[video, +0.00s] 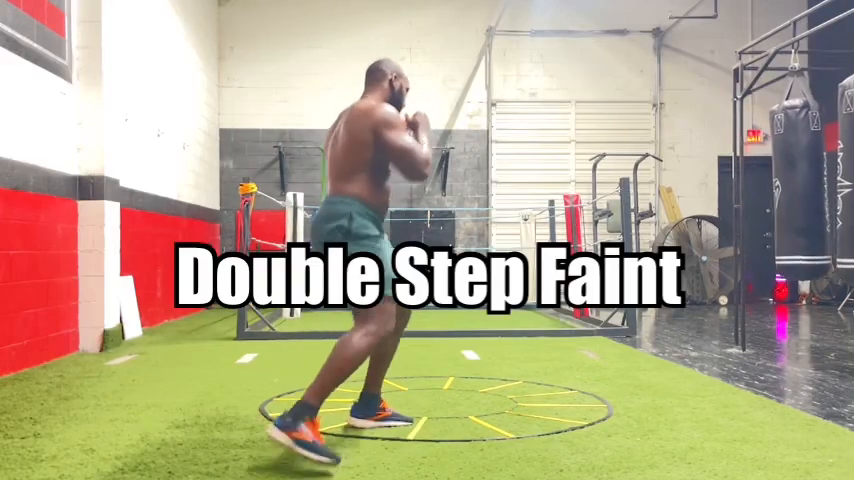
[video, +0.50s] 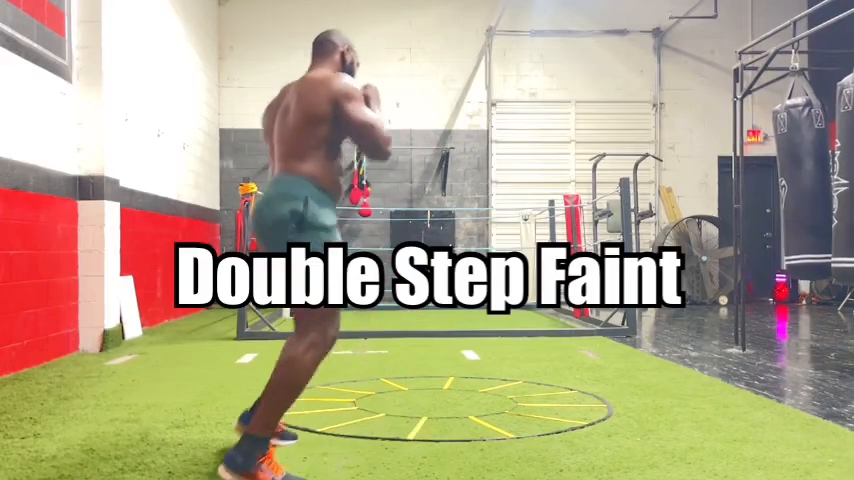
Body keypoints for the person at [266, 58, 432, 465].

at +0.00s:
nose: (407, 94)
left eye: (406, 88)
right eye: (406, 87)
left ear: (371, 81)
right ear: (394, 80)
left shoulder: (342, 118)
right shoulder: (383, 112)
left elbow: (335, 163)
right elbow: (420, 168)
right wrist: (422, 130)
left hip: (336, 222)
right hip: (354, 224)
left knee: (397, 313)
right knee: (377, 324)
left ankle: (368, 405)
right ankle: (298, 417)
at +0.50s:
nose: (355, 72)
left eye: (354, 66)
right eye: (354, 64)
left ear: (315, 55)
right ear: (343, 53)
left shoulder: (281, 97)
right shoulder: (338, 85)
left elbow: (277, 157)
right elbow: (381, 148)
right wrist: (373, 105)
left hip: (275, 208)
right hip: (303, 211)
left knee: (313, 329)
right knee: (320, 333)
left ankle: (260, 415)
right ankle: (247, 456)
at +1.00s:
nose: (337, 94)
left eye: (339, 88)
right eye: (338, 87)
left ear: (300, 77)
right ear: (326, 78)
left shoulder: (269, 116)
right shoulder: (315, 118)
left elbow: (254, 170)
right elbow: (353, 178)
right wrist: (351, 135)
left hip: (258, 222)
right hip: (273, 229)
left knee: (306, 312)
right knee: (278, 342)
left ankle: (288, 399)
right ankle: (204, 446)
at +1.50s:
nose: (356, 111)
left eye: (358, 105)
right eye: (353, 103)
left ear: (335, 97)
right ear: (333, 96)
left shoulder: (333, 136)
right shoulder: (303, 129)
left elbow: (337, 176)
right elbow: (344, 171)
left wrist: (362, 149)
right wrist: (365, 139)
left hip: (337, 237)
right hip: (297, 239)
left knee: (372, 311)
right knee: (293, 329)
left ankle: (380, 381)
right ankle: (228, 406)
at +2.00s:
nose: (331, 103)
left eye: (333, 97)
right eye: (328, 94)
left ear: (310, 87)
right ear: (305, 85)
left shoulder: (312, 129)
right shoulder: (270, 121)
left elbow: (328, 176)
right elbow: (304, 162)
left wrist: (352, 142)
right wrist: (338, 132)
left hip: (306, 226)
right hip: (268, 223)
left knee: (337, 311)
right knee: (264, 310)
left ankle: (318, 392)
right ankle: (197, 401)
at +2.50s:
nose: (258, 95)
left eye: (260, 89)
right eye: (255, 86)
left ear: (234, 79)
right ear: (232, 77)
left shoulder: (232, 122)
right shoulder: (199, 107)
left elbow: (242, 176)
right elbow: (236, 148)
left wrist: (272, 141)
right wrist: (266, 120)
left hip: (222, 224)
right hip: (182, 220)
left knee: (248, 311)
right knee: (181, 316)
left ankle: (209, 385)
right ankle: (126, 410)